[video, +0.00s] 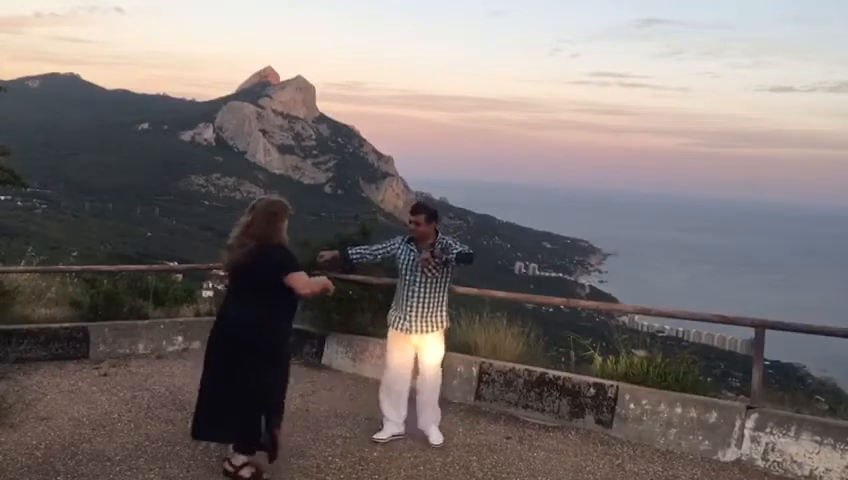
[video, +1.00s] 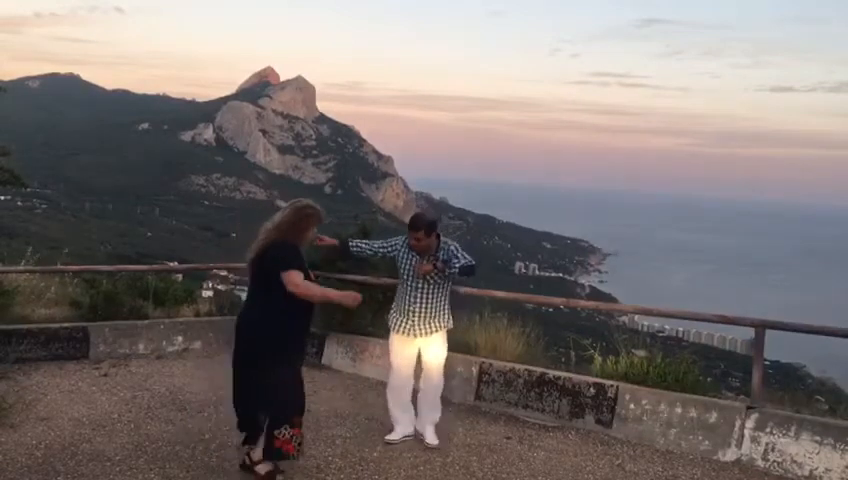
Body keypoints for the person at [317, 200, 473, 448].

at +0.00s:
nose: (412, 228)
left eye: (417, 224)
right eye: (411, 223)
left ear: (433, 225)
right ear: (410, 223)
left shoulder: (446, 245)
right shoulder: (402, 244)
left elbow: (468, 257)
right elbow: (372, 252)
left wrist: (441, 257)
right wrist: (340, 255)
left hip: (432, 327)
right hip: (401, 324)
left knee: (430, 379)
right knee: (395, 376)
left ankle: (430, 425)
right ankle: (393, 424)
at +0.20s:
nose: (417, 234)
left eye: (422, 230)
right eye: (415, 229)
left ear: (437, 228)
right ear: (413, 227)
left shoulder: (453, 245)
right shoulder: (408, 247)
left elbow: (476, 257)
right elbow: (379, 257)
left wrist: (444, 259)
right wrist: (343, 262)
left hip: (445, 327)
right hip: (412, 326)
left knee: (441, 380)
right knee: (403, 376)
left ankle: (438, 428)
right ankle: (399, 423)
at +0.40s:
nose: (418, 238)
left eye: (423, 233)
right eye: (416, 233)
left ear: (438, 230)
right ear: (414, 229)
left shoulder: (455, 245)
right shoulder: (411, 248)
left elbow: (479, 257)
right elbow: (382, 258)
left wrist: (446, 261)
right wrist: (346, 264)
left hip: (449, 328)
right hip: (417, 327)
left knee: (446, 381)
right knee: (411, 378)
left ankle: (440, 427)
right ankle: (415, 423)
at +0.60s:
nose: (416, 239)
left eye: (421, 234)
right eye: (414, 234)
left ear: (436, 230)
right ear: (412, 230)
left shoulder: (452, 245)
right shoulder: (407, 246)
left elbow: (474, 257)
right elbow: (378, 252)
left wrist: (442, 258)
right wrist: (343, 252)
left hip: (444, 325)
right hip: (412, 324)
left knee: (442, 379)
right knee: (407, 376)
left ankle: (439, 428)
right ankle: (404, 426)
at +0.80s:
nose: (415, 241)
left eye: (420, 237)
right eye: (412, 236)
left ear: (435, 233)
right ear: (410, 231)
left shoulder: (449, 247)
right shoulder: (404, 244)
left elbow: (470, 266)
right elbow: (373, 247)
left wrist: (439, 265)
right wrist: (340, 246)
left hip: (436, 326)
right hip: (405, 324)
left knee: (432, 379)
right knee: (402, 376)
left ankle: (426, 425)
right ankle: (402, 426)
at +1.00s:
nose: (413, 243)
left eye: (418, 240)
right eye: (411, 238)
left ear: (433, 236)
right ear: (408, 233)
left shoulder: (449, 249)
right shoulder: (402, 244)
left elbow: (470, 268)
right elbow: (372, 247)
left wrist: (439, 267)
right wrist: (338, 243)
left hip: (435, 327)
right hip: (403, 324)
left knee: (433, 379)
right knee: (400, 377)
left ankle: (427, 425)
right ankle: (403, 425)